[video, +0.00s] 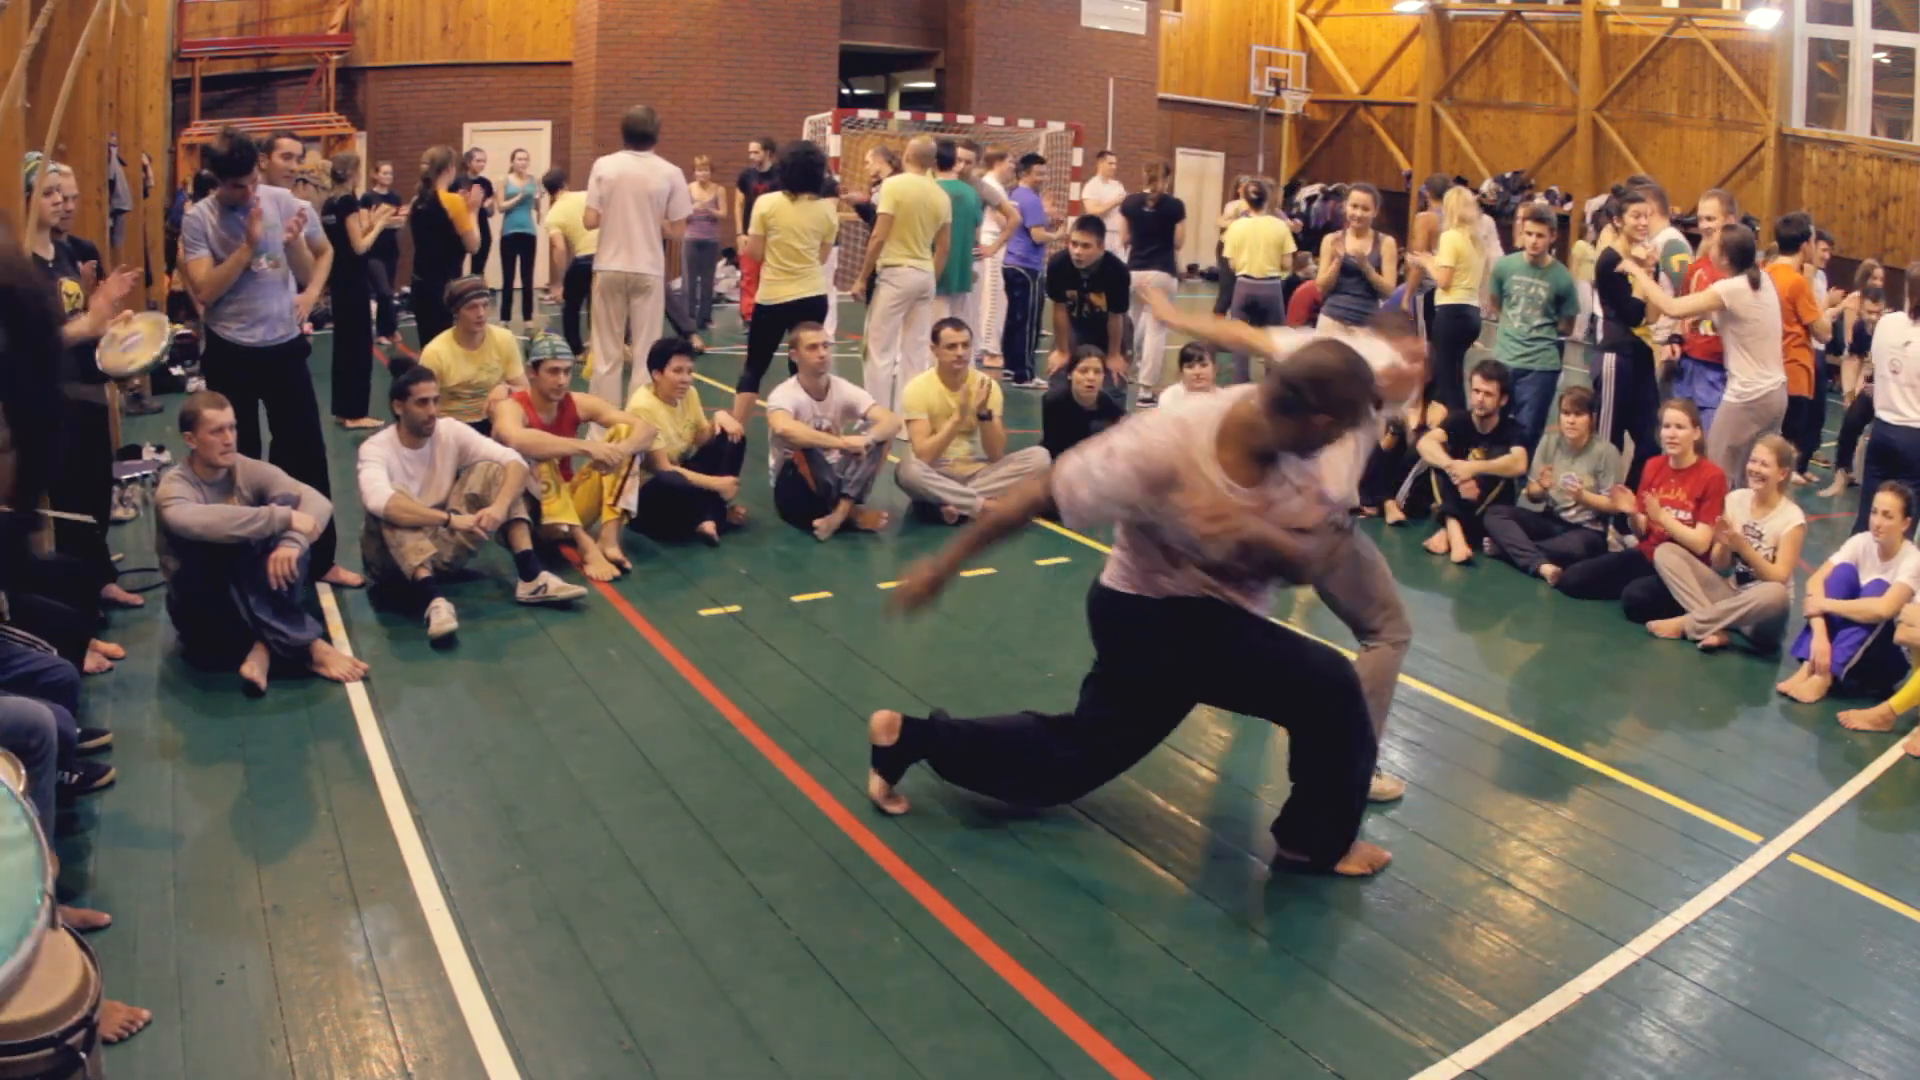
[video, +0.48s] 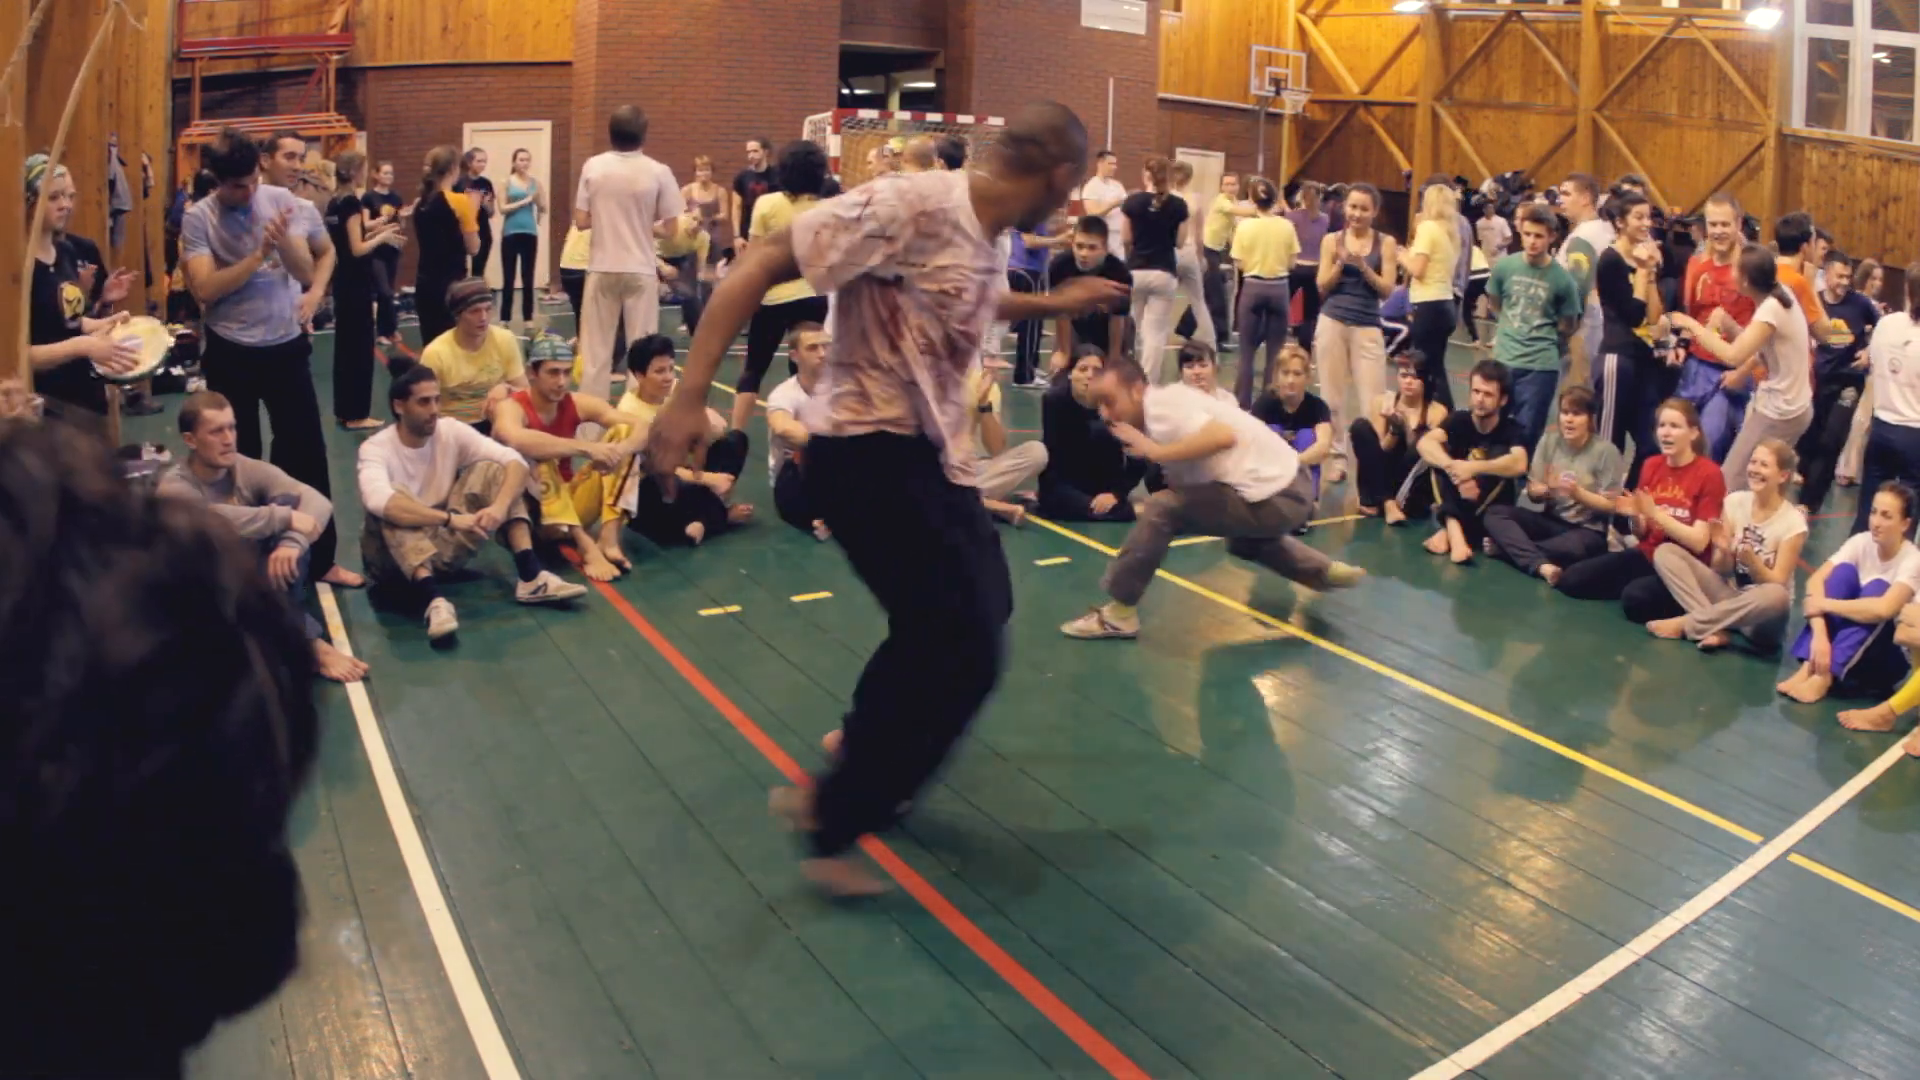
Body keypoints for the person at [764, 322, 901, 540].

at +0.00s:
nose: (822, 354)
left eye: (825, 347)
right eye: (812, 348)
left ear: (831, 349)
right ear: (794, 355)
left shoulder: (841, 388)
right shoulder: (784, 394)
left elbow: (892, 420)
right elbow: (783, 429)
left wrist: (867, 439)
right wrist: (841, 443)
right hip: (797, 497)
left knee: (879, 432)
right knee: (805, 451)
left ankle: (841, 511)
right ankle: (851, 511)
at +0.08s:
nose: (822, 354)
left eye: (825, 347)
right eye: (812, 348)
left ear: (831, 349)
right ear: (794, 355)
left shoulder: (841, 389)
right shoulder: (783, 394)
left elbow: (892, 420)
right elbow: (783, 429)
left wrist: (868, 439)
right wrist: (841, 443)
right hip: (797, 497)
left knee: (879, 432)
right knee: (805, 450)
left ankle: (841, 512)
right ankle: (851, 511)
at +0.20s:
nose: (822, 354)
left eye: (825, 347)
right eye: (812, 348)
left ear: (831, 349)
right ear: (794, 354)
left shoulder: (840, 388)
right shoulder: (783, 394)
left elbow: (879, 414)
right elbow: (783, 429)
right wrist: (842, 443)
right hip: (797, 496)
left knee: (877, 438)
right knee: (805, 455)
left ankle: (841, 512)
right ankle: (851, 512)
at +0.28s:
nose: (821, 353)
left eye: (825, 346)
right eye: (812, 348)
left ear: (832, 349)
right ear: (794, 354)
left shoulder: (841, 388)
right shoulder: (784, 393)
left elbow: (892, 420)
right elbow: (783, 429)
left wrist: (866, 439)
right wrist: (839, 443)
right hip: (797, 491)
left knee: (879, 434)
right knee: (793, 441)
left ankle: (840, 511)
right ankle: (851, 511)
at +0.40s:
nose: (822, 355)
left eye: (826, 347)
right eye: (813, 348)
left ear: (832, 350)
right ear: (794, 355)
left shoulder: (848, 392)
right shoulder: (783, 394)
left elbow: (878, 416)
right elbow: (782, 428)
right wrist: (840, 443)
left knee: (867, 447)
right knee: (807, 455)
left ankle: (838, 516)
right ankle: (848, 512)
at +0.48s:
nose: (822, 355)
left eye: (825, 347)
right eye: (812, 348)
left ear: (832, 348)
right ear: (794, 354)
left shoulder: (839, 388)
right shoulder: (783, 393)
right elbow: (781, 426)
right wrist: (821, 445)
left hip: (834, 459)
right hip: (795, 461)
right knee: (791, 499)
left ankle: (831, 519)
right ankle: (816, 522)